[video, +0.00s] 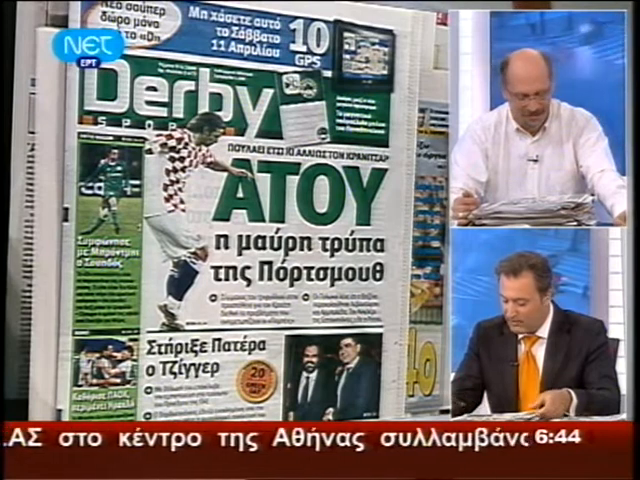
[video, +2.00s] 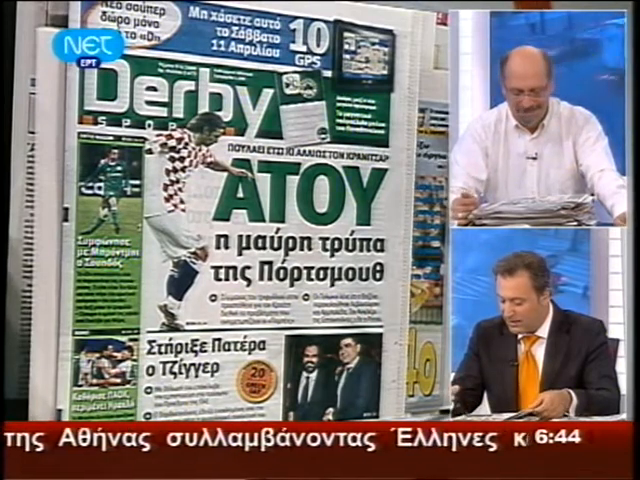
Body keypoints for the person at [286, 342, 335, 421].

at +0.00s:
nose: (310, 360)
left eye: (314, 356)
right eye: (307, 356)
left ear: (320, 359)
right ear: (302, 358)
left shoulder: (326, 377)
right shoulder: (295, 375)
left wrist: (330, 411)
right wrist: (290, 412)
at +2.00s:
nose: (310, 360)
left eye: (314, 356)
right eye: (307, 356)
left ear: (320, 359)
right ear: (302, 358)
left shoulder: (326, 377)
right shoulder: (295, 375)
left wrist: (330, 411)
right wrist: (290, 412)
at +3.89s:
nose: (310, 360)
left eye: (314, 356)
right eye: (307, 356)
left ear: (320, 359)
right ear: (303, 358)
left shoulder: (326, 376)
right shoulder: (296, 375)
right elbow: (291, 397)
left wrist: (330, 411)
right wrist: (291, 412)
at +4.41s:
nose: (310, 360)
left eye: (314, 356)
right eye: (307, 356)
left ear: (320, 359)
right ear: (303, 358)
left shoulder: (326, 377)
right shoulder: (296, 375)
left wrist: (330, 412)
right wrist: (291, 413)